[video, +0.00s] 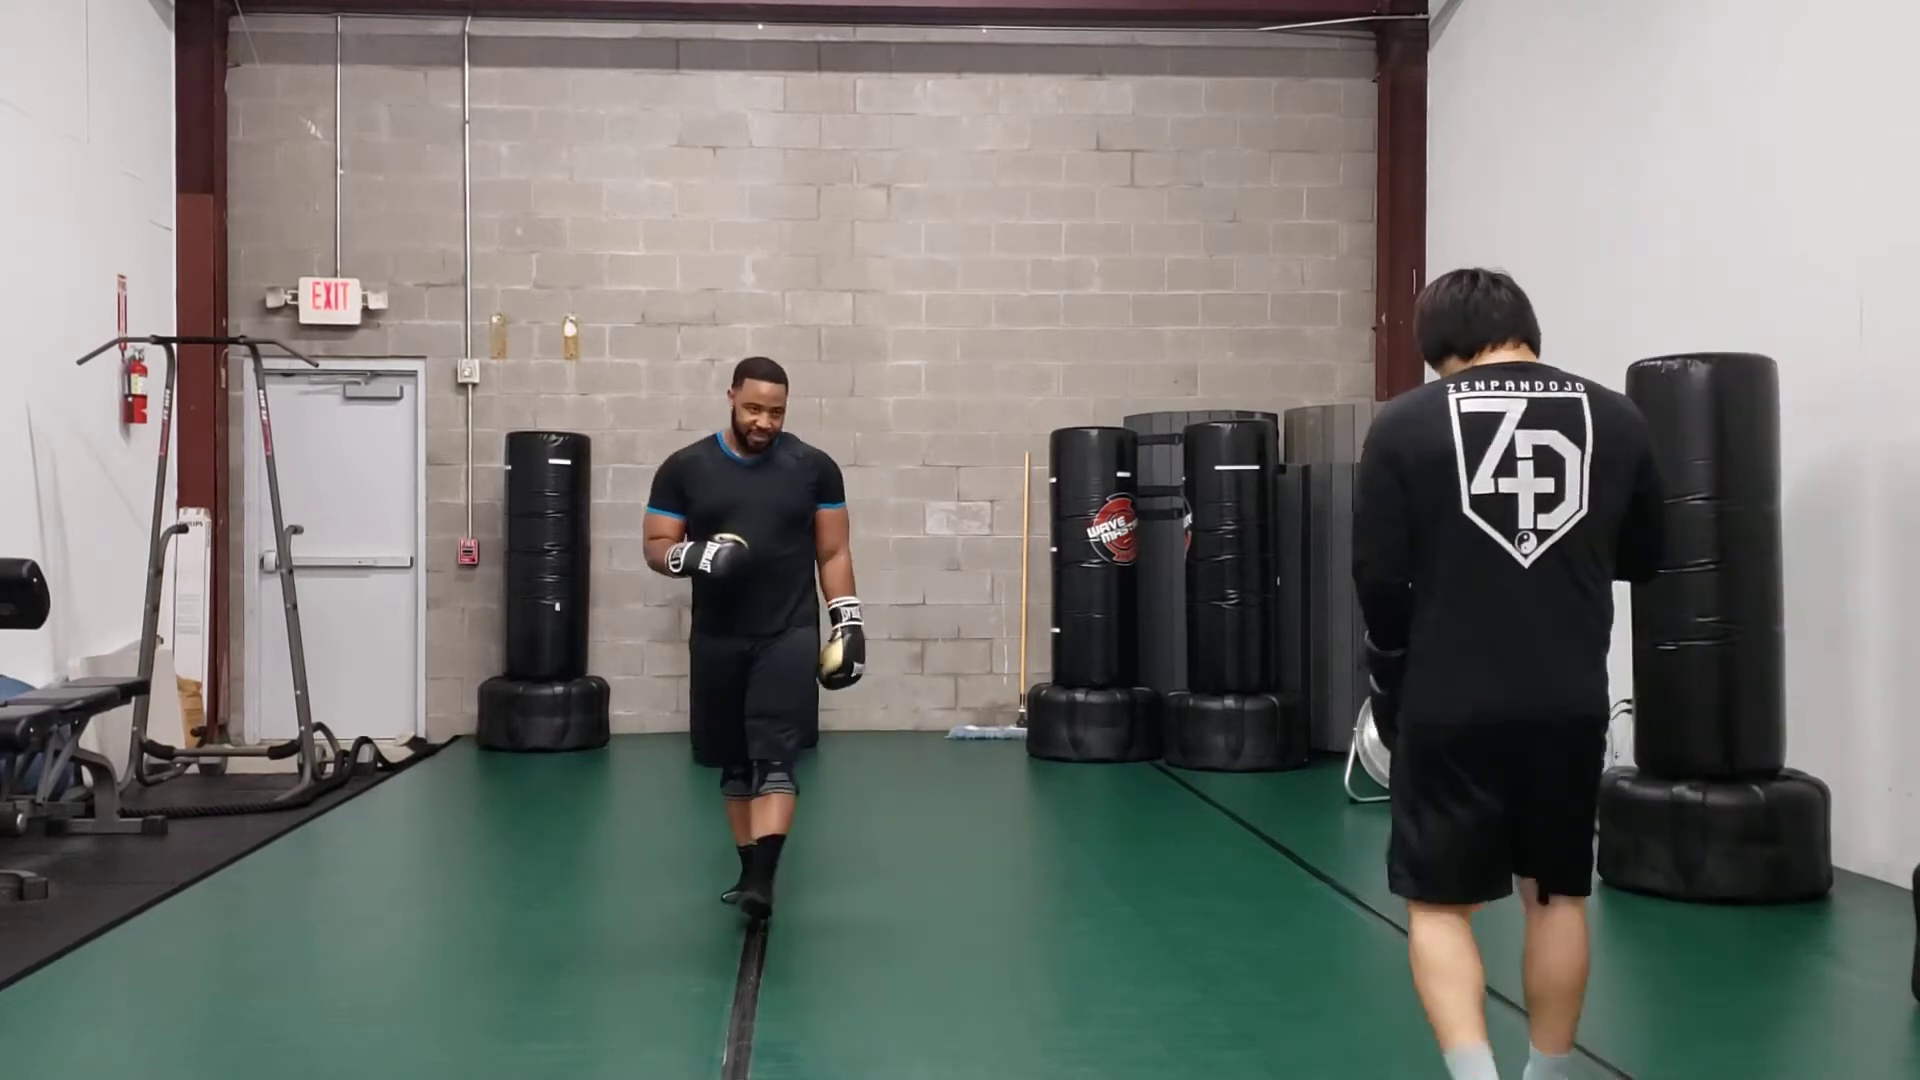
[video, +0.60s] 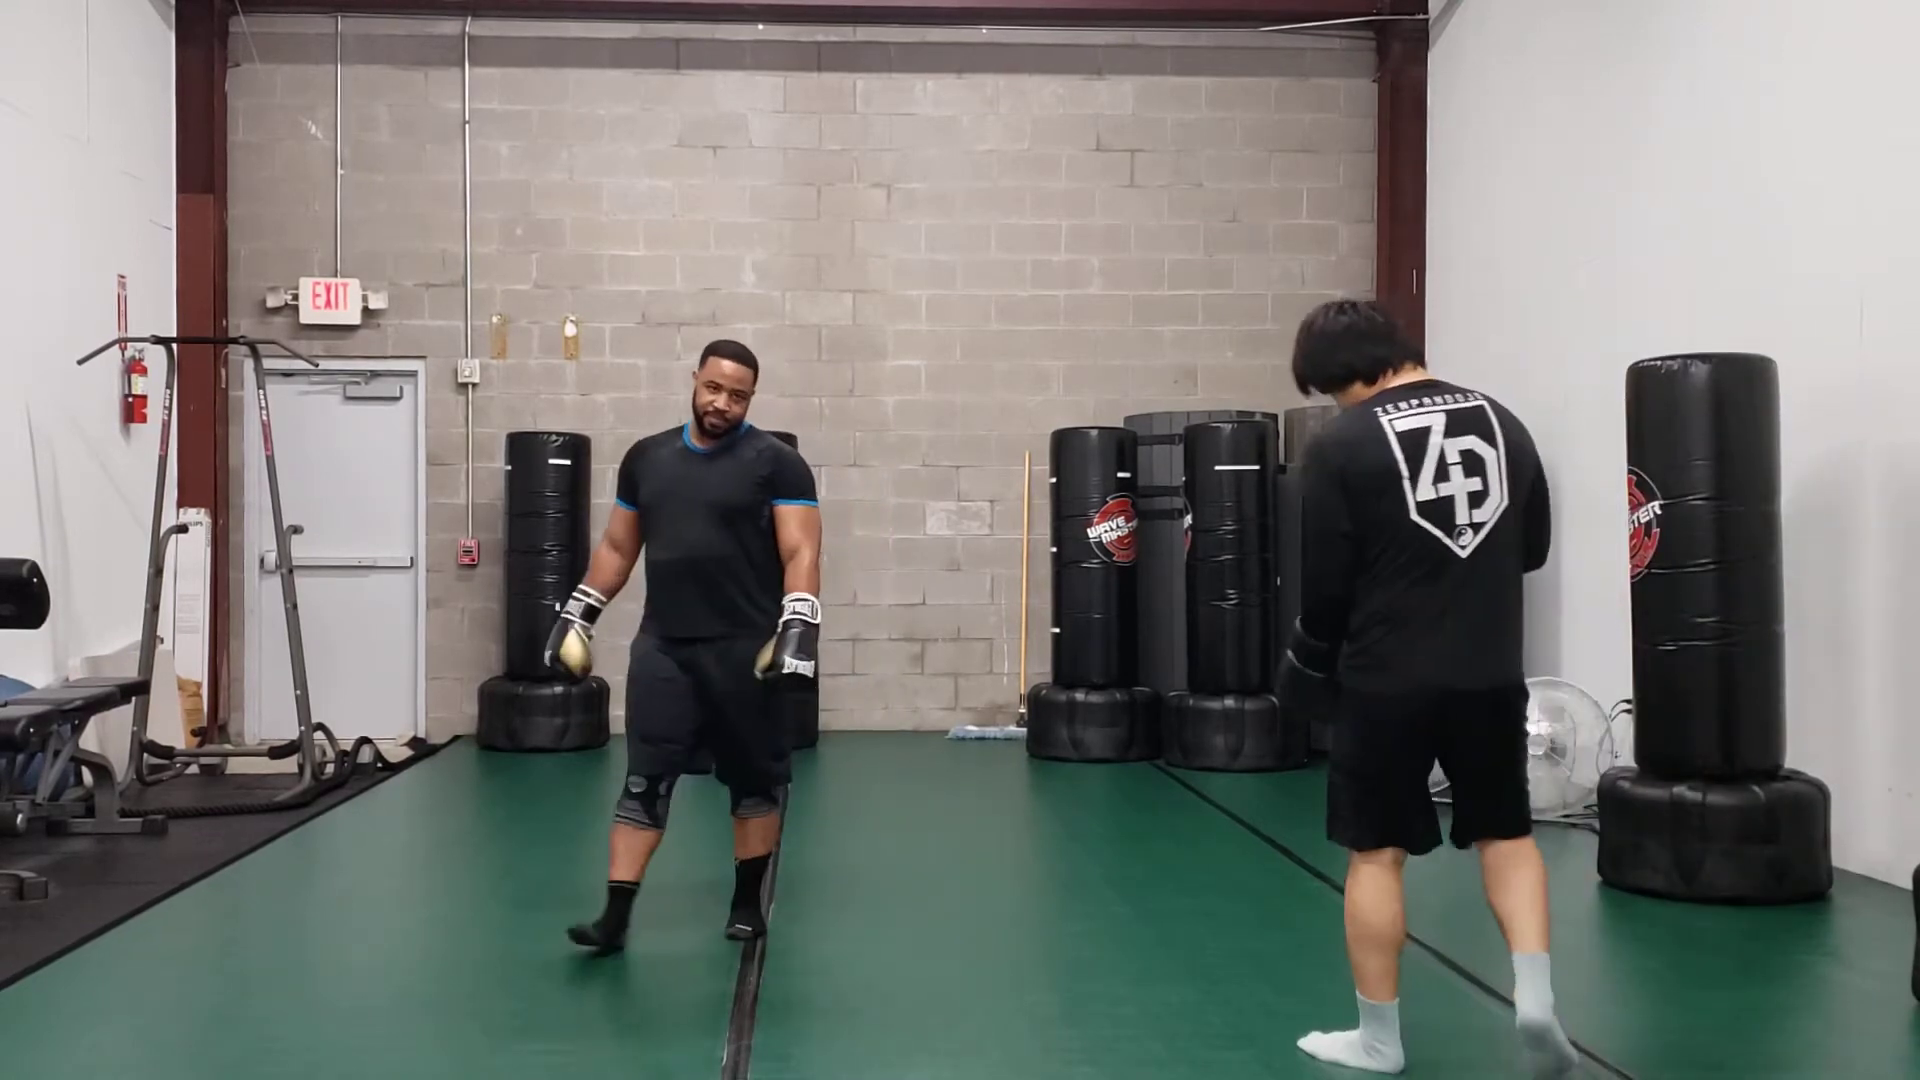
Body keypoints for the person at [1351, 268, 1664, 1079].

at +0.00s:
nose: (1434, 374)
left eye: (1433, 361)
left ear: (1440, 356)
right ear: (1532, 341)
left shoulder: (1405, 425)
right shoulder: (1611, 414)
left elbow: (1380, 576)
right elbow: (1645, 556)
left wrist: (1396, 672)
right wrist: (1568, 534)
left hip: (1451, 701)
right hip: (1567, 699)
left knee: (1439, 905)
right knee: (1557, 892)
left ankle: (1475, 1071)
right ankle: (1547, 1071)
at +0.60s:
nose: (1335, 407)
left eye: (1329, 393)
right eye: (1329, 394)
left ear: (1347, 379)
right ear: (1406, 352)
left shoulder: (1341, 446)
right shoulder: (1496, 419)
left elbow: (1326, 585)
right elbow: (1532, 545)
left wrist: (1313, 661)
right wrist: (1452, 562)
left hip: (1387, 681)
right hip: (1487, 675)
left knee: (1375, 850)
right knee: (1507, 829)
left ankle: (1378, 1036)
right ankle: (1535, 997)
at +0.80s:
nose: (1320, 408)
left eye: (1316, 395)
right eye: (1315, 397)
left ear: (1334, 381)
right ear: (1395, 353)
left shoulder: (1330, 438)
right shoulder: (1478, 418)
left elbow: (1321, 571)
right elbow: (1486, 544)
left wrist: (1339, 645)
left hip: (1384, 674)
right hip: (1479, 666)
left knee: (1372, 846)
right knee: (1496, 829)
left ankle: (1378, 1035)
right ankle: (1525, 1004)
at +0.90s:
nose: (1329, 410)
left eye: (1327, 396)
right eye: (1324, 397)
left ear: (1347, 382)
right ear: (1400, 358)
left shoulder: (1344, 441)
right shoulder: (1478, 420)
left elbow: (1327, 571)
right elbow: (1458, 537)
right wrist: (1314, 564)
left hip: (1386, 672)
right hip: (1479, 666)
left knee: (1374, 847)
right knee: (1491, 833)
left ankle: (1379, 1036)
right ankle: (1512, 1002)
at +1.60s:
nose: (1323, 390)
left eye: (1327, 377)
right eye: (1321, 376)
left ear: (1360, 373)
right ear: (1398, 364)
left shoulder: (1377, 439)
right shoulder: (1468, 428)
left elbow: (1361, 552)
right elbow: (1406, 531)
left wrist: (1282, 565)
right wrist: (1324, 480)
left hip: (1389, 666)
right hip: (1472, 664)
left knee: (1320, 821)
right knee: (1477, 823)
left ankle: (1274, 999)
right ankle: (1507, 1002)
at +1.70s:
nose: (1296, 396)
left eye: (1299, 383)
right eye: (1295, 383)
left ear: (1331, 381)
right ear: (1372, 370)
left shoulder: (1342, 446)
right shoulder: (1439, 431)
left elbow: (1296, 544)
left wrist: (1210, 523)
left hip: (1361, 673)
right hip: (1446, 670)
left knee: (1307, 837)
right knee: (1461, 828)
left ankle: (1268, 1012)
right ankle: (1504, 1002)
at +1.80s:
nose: (1270, 392)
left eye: (1273, 380)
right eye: (1268, 379)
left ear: (1303, 381)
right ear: (1352, 368)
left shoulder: (1307, 446)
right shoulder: (1412, 431)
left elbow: (1210, 514)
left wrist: (1136, 488)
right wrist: (1300, 410)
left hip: (1324, 670)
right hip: (1407, 667)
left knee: (1283, 831)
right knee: (1431, 820)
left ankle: (1267, 1013)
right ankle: (1493, 990)